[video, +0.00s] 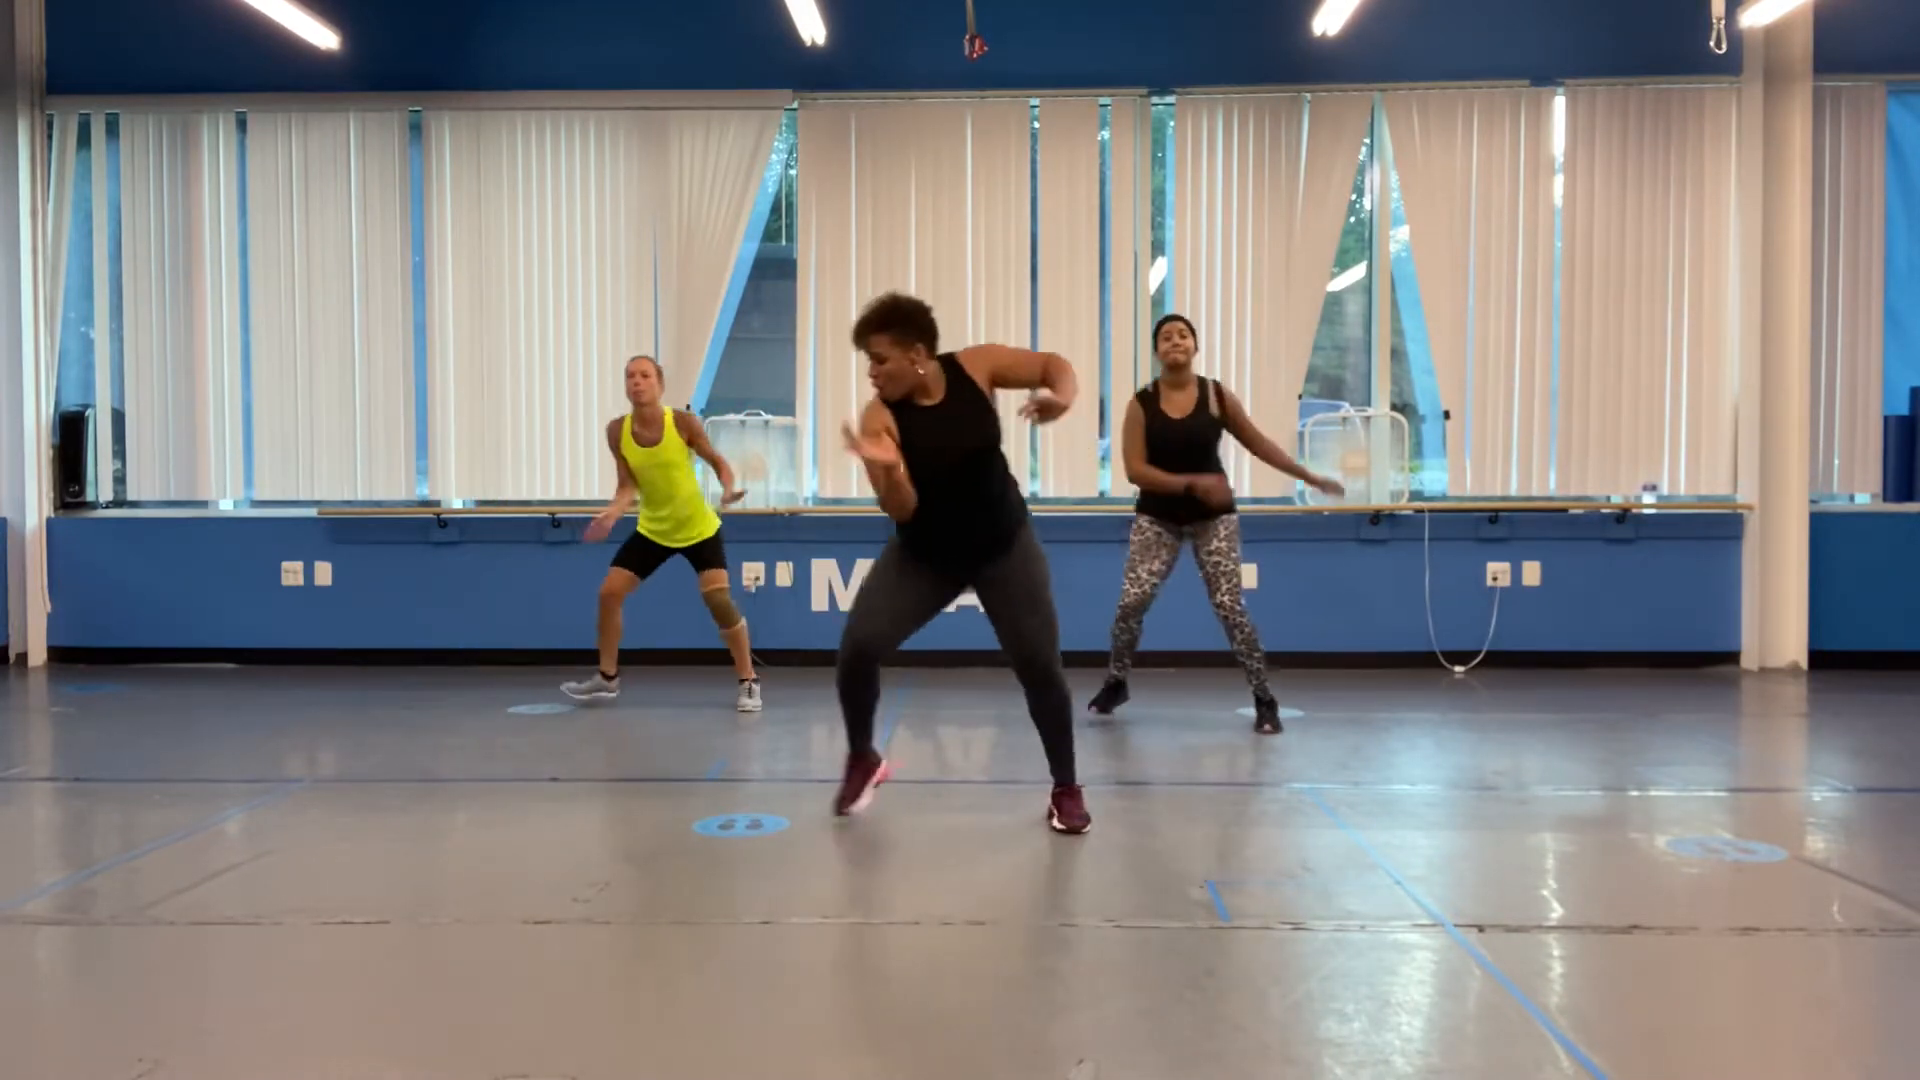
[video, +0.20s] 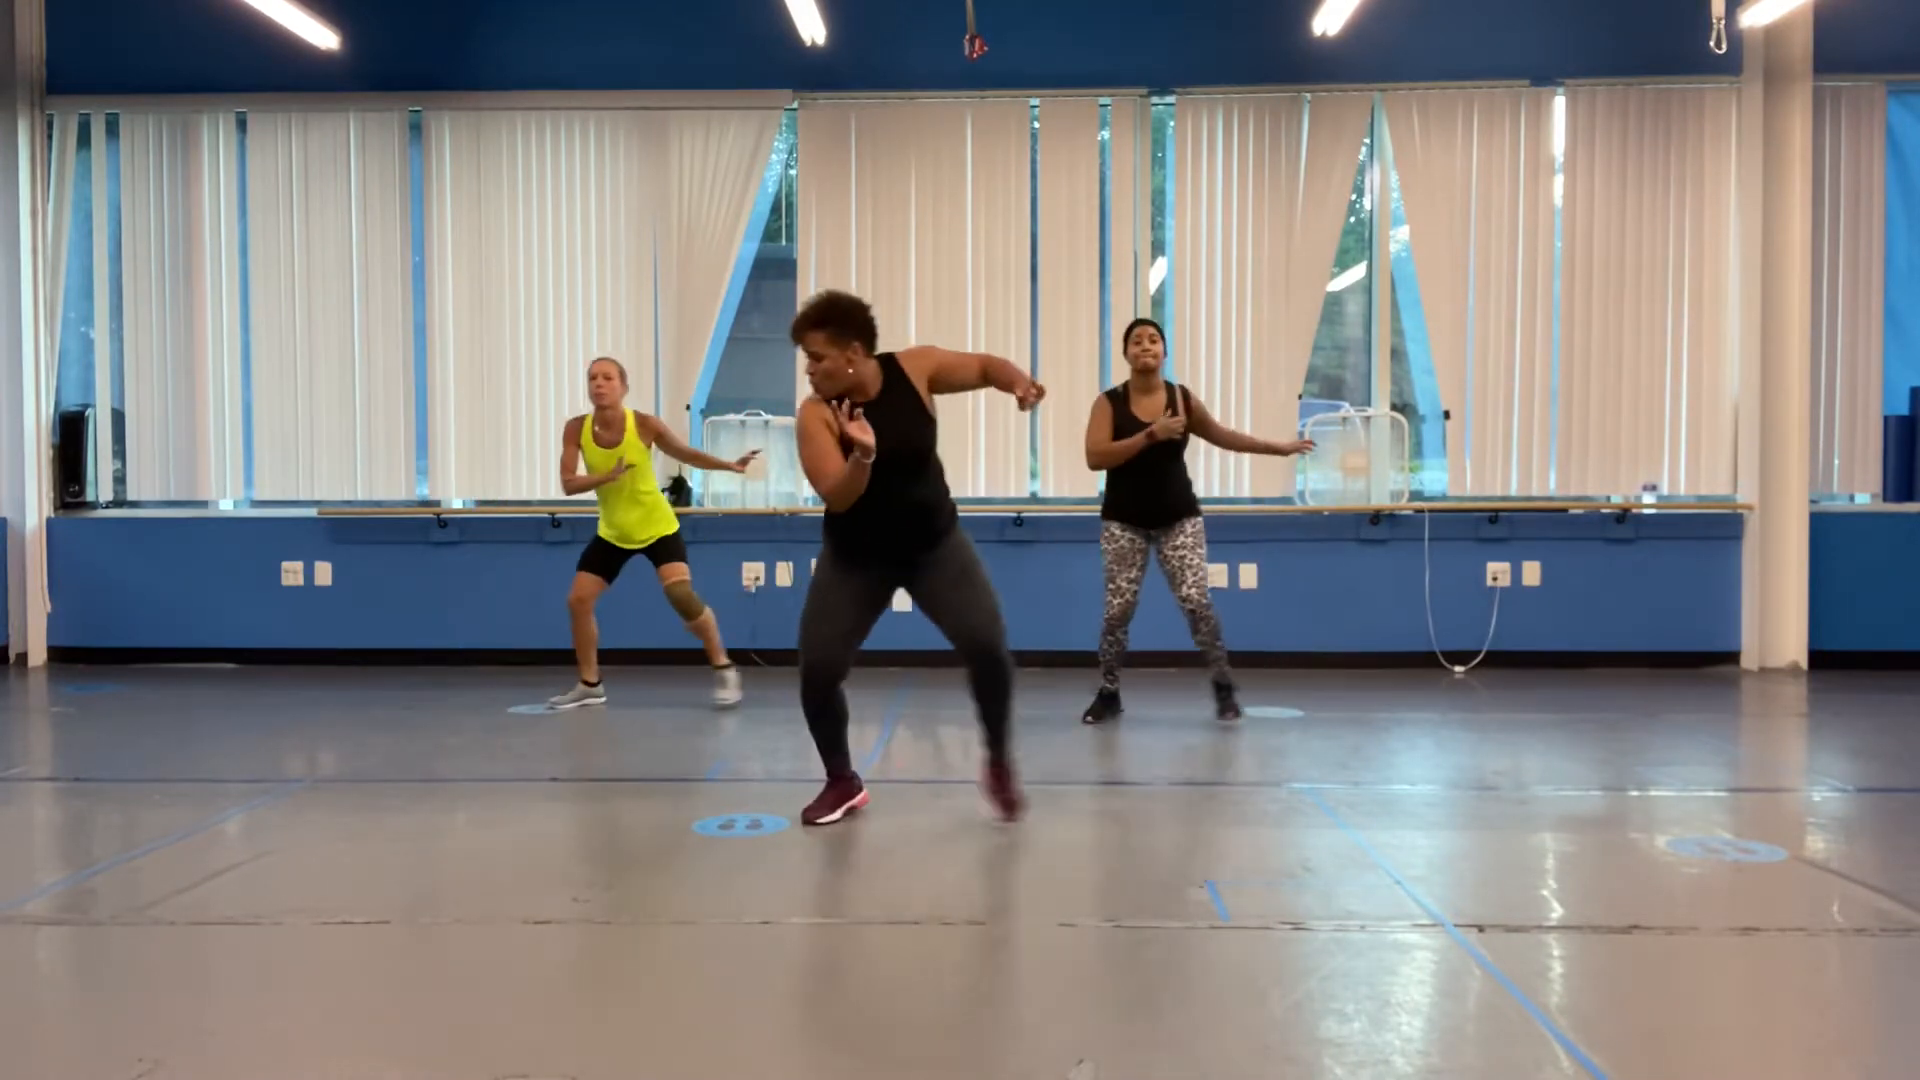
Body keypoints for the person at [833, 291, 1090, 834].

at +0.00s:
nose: (871, 373)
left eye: (880, 360)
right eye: (869, 361)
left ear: (919, 356)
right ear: (890, 361)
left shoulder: (975, 367)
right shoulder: (880, 417)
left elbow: (1055, 367)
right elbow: (901, 511)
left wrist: (1061, 397)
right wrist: (887, 469)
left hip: (1002, 544)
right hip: (924, 552)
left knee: (1039, 665)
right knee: (857, 649)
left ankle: (1066, 789)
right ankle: (863, 758)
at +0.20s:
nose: (808, 369)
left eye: (816, 357)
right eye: (806, 357)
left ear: (853, 354)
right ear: (837, 357)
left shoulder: (916, 367)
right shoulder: (816, 413)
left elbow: (987, 367)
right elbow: (835, 496)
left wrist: (1021, 384)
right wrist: (862, 457)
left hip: (933, 545)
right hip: (855, 556)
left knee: (988, 647)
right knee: (819, 671)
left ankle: (999, 764)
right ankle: (841, 780)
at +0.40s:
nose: (760, 351)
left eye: (770, 339)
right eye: (758, 340)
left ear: (809, 340)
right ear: (783, 344)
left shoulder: (866, 364)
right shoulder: (764, 401)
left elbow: (944, 361)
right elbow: (765, 470)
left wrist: (996, 380)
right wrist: (814, 421)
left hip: (897, 536)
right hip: (821, 544)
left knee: (917, 660)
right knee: (763, 642)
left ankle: (931, 787)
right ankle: (793, 755)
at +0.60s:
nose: (754, 345)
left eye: (768, 335)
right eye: (744, 335)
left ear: (792, 346)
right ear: (735, 345)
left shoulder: (826, 403)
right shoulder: (714, 403)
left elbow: (883, 462)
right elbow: (685, 471)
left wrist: (943, 451)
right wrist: (758, 455)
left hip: (838, 546)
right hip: (760, 559)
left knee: (902, 634)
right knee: (719, 670)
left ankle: (971, 696)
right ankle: (719, 789)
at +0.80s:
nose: (769, 331)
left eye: (783, 322)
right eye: (759, 322)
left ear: (804, 334)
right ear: (747, 333)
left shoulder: (833, 402)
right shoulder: (715, 393)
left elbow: (838, 487)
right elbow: (647, 434)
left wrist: (817, 531)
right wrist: (628, 499)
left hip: (833, 541)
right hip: (755, 550)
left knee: (885, 650)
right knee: (720, 672)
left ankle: (887, 775)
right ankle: (718, 789)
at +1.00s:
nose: (813, 331)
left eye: (825, 321)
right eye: (803, 324)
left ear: (846, 332)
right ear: (790, 337)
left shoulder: (871, 374)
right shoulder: (772, 385)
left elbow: (888, 447)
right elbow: (701, 406)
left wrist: (798, 450)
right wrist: (632, 416)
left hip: (870, 539)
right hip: (793, 536)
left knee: (906, 656)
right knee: (737, 652)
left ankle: (933, 784)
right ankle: (700, 762)